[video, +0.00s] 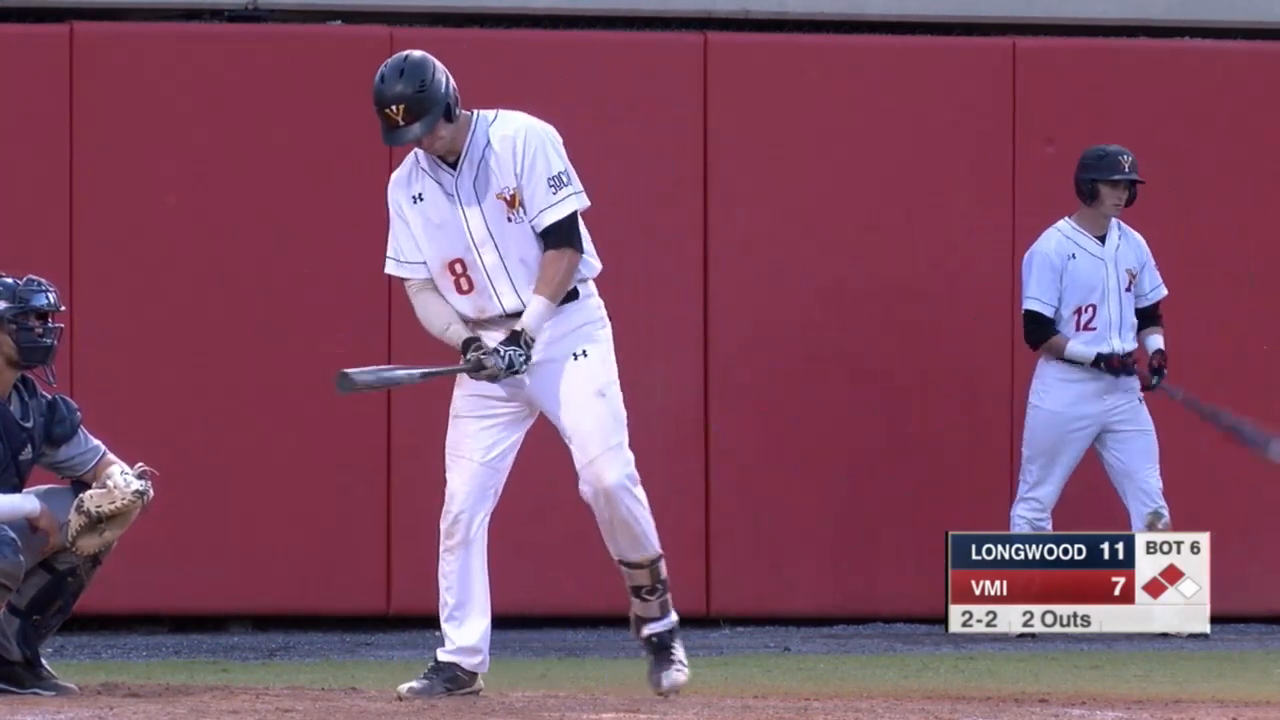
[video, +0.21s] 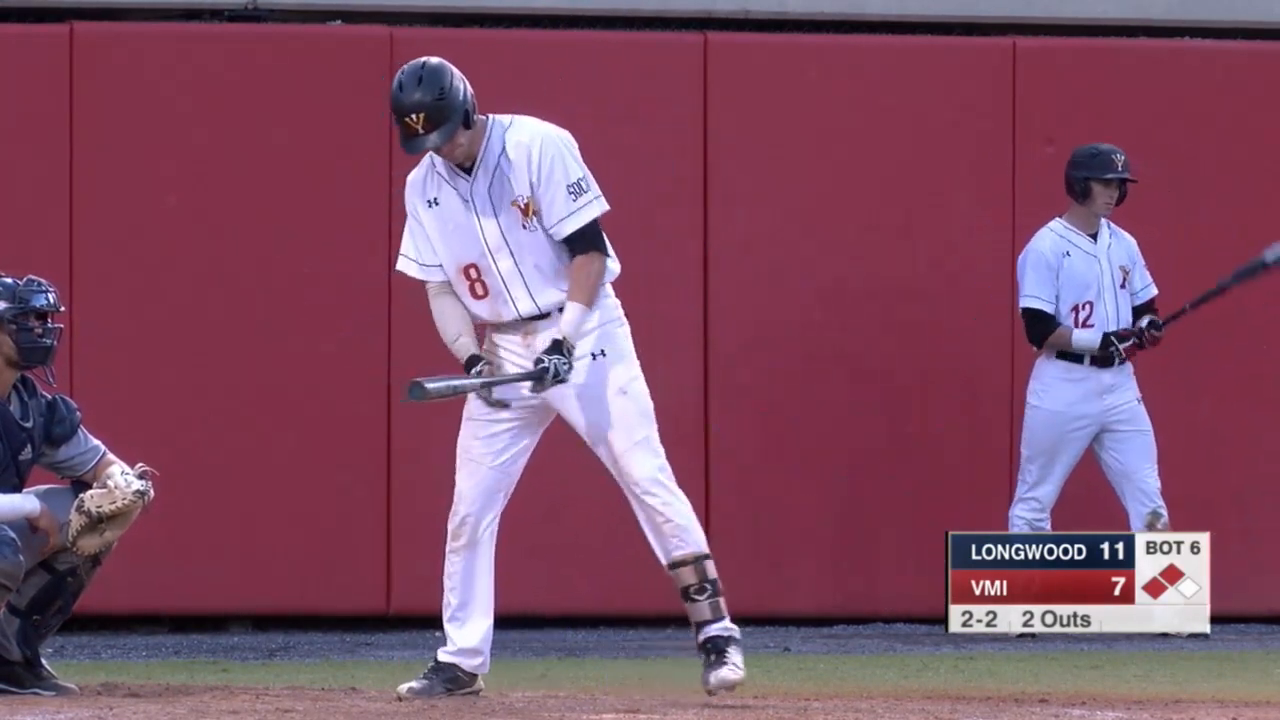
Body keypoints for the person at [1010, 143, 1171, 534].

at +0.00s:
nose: (1122, 195)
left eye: (1127, 186)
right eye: (1114, 185)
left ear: (1131, 190)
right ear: (1088, 186)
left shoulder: (1133, 244)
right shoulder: (1049, 249)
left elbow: (1148, 314)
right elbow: (1036, 332)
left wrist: (1156, 353)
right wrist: (1097, 358)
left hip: (1123, 391)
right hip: (1063, 391)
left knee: (1152, 510)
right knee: (1034, 507)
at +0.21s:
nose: (1115, 194)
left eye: (1119, 185)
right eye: (1106, 184)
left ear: (1122, 189)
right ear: (1079, 186)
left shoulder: (1123, 243)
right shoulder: (1044, 248)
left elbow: (1145, 306)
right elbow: (1039, 331)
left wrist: (1147, 326)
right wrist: (1096, 343)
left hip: (1120, 388)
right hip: (1061, 389)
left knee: (1150, 507)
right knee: (1033, 506)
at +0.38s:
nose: (1107, 196)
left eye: (1112, 188)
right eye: (1098, 186)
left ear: (1117, 190)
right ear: (1073, 186)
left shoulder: (1119, 244)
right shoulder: (1041, 247)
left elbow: (1140, 311)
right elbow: (1038, 331)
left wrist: (1147, 324)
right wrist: (1094, 336)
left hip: (1119, 388)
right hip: (1061, 388)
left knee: (1150, 508)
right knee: (1033, 506)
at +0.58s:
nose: (1101, 199)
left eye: (1107, 191)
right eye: (1093, 190)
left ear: (1112, 192)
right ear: (1069, 189)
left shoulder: (1118, 245)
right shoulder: (1037, 248)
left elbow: (1140, 314)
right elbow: (1034, 329)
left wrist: (1152, 322)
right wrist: (1083, 331)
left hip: (1119, 385)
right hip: (1062, 385)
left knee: (1150, 505)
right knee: (1034, 505)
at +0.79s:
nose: (1098, 194)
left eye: (1104, 186)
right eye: (1090, 186)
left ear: (1109, 189)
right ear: (1066, 186)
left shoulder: (1118, 245)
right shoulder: (1037, 247)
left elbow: (1141, 316)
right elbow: (1036, 328)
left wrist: (1148, 318)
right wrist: (1094, 327)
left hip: (1120, 384)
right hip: (1062, 383)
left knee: (1150, 505)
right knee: (1034, 505)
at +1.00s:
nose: (1097, 191)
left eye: (1103, 183)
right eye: (1088, 182)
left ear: (1108, 188)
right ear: (1064, 185)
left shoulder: (1119, 244)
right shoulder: (1037, 248)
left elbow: (1138, 308)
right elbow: (1045, 328)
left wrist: (1143, 316)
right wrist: (1110, 330)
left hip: (1120, 384)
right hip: (1062, 384)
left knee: (1150, 505)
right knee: (1034, 505)